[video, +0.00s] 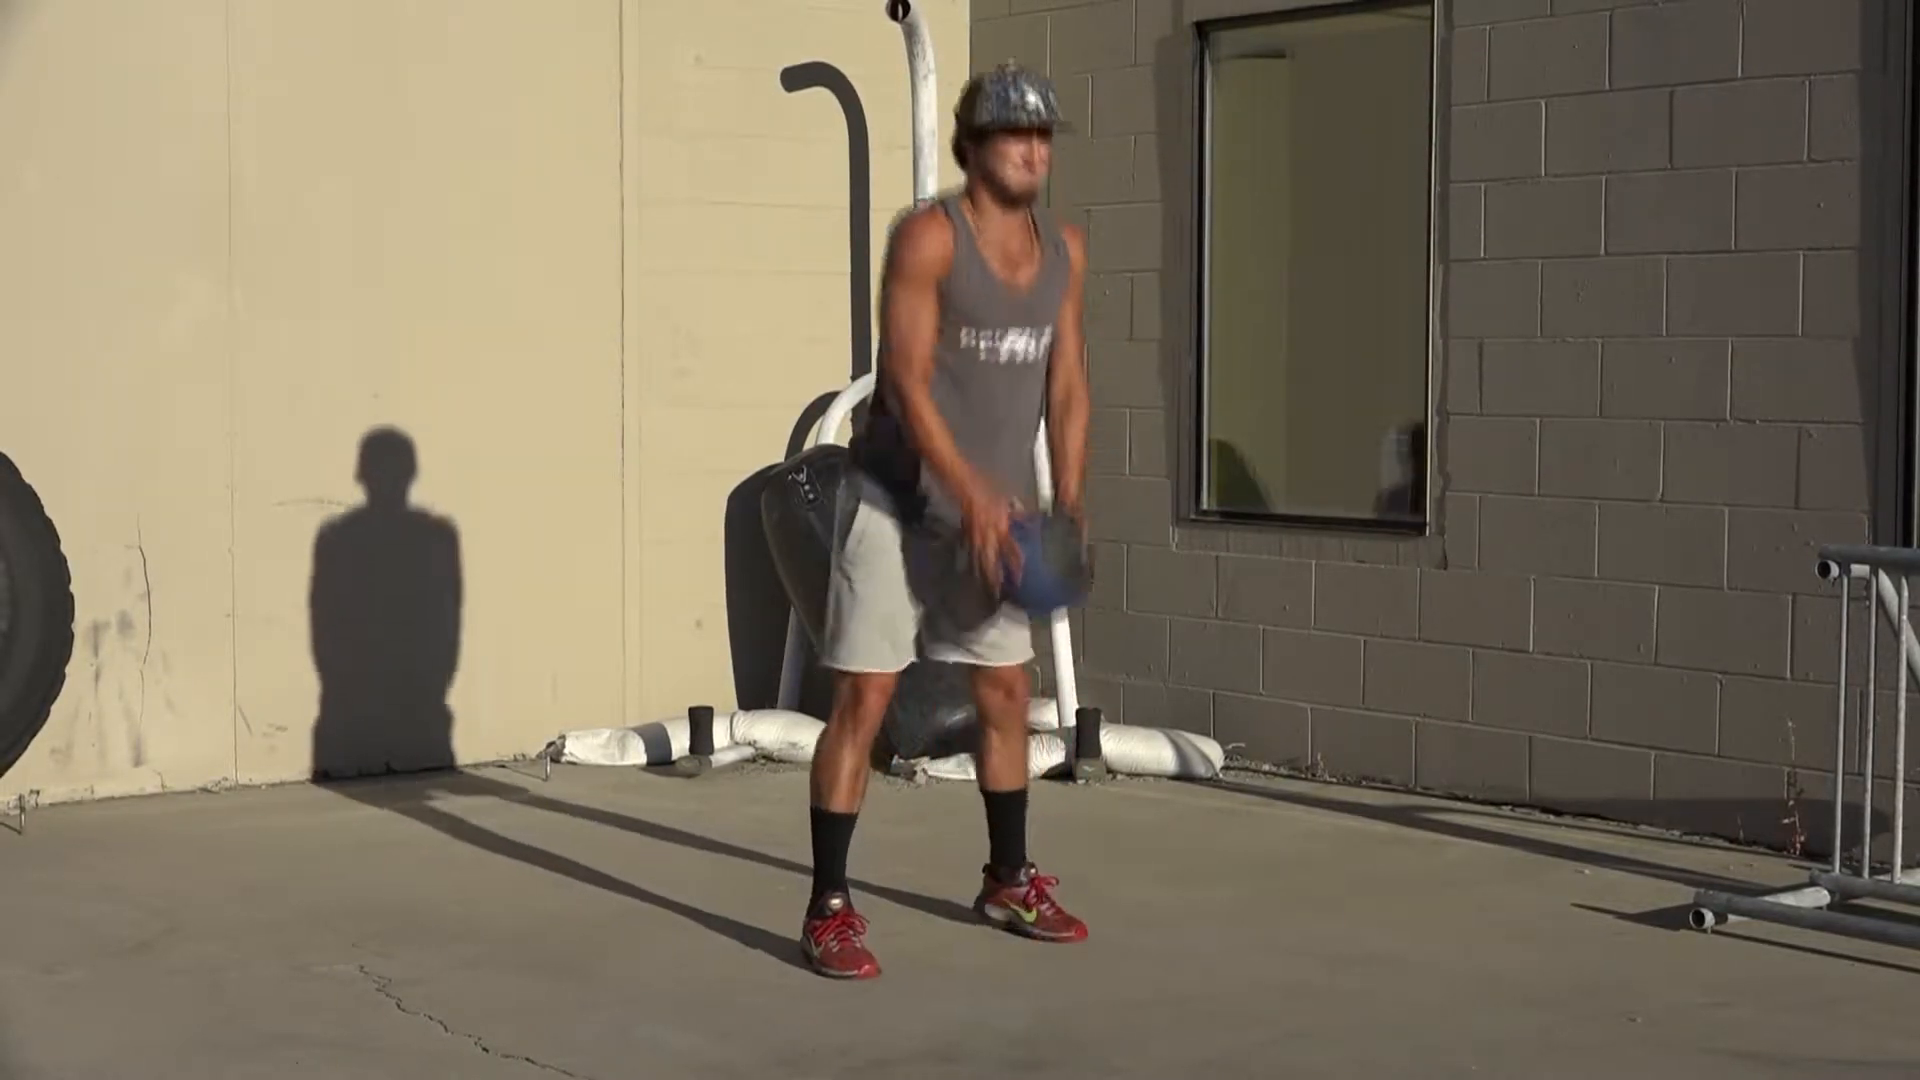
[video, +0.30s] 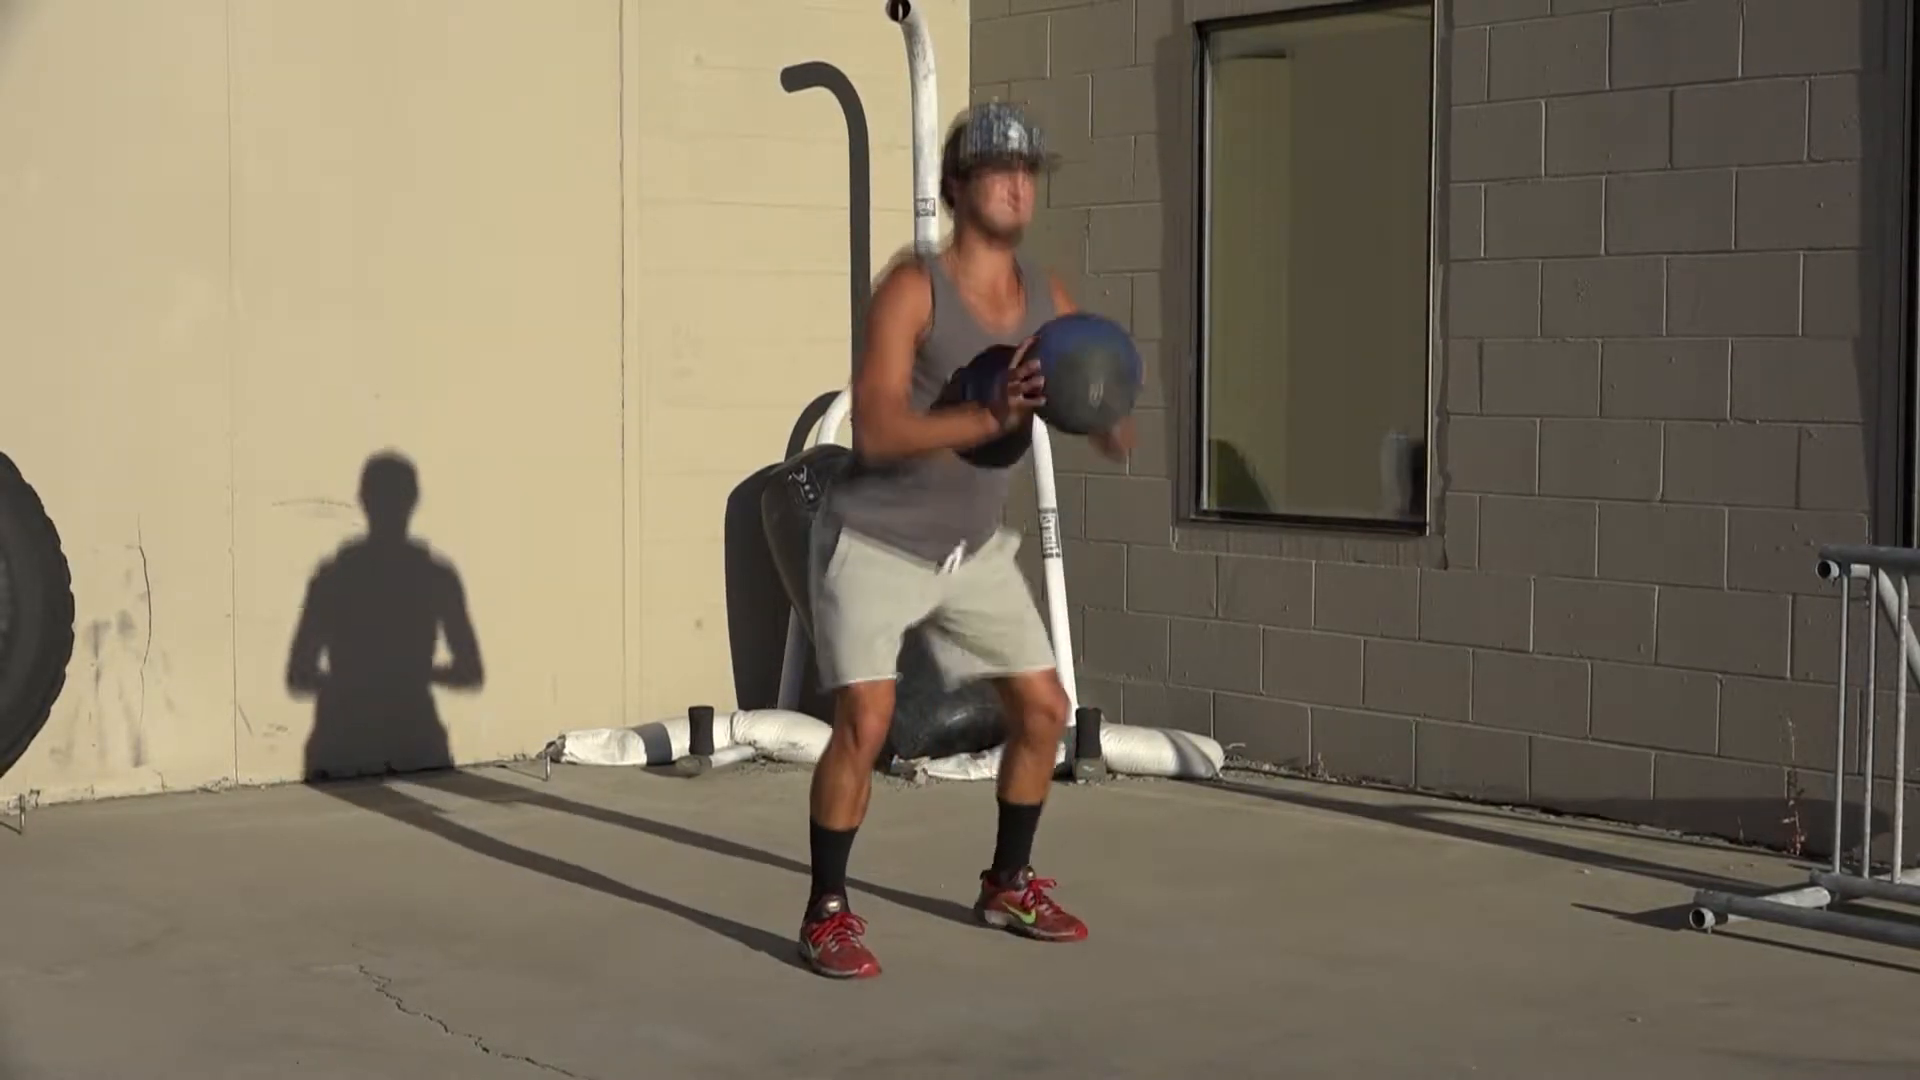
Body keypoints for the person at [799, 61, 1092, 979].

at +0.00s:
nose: (1029, 151)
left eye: (1040, 136)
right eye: (1010, 136)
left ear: (1051, 150)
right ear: (971, 147)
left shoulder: (1061, 247)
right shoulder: (927, 234)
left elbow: (1068, 383)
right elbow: (905, 383)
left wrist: (1068, 503)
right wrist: (970, 495)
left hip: (999, 503)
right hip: (901, 496)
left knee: (1006, 690)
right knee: (866, 696)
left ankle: (1010, 880)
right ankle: (829, 906)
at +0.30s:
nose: (1015, 185)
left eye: (1024, 171)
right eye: (995, 171)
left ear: (1038, 188)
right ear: (955, 187)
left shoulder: (1045, 292)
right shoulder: (910, 289)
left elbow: (1111, 438)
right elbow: (874, 435)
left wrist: (1097, 390)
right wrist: (995, 416)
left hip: (978, 546)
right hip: (876, 542)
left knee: (1043, 710)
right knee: (866, 724)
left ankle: (1010, 884)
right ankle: (826, 912)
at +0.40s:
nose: (1016, 285)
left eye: (1024, 270)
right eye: (997, 271)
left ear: (1036, 282)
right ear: (958, 283)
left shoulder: (1039, 386)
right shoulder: (913, 386)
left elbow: (1148, 527)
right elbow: (897, 527)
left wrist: (1120, 456)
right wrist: (1010, 473)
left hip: (966, 604)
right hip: (864, 597)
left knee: (1065, 721)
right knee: (866, 731)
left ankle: (1010, 884)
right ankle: (827, 912)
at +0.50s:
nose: (1015, 388)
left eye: (1023, 371)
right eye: (995, 374)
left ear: (1037, 386)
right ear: (958, 395)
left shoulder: (1041, 480)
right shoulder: (921, 491)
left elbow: (1164, 615)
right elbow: (924, 635)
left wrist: (1123, 544)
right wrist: (1019, 557)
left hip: (951, 656)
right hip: (846, 649)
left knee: (1071, 728)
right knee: (866, 736)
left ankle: (1008, 886)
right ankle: (827, 914)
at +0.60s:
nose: (1016, 463)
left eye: (1025, 448)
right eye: (997, 447)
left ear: (1037, 461)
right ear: (956, 467)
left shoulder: (1040, 550)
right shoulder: (920, 557)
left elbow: (1165, 681)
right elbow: (914, 706)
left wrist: (1106, 619)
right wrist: (1012, 635)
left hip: (941, 699)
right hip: (834, 695)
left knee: (1074, 731)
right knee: (861, 744)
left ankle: (1008, 887)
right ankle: (828, 914)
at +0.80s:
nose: (1013, 502)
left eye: (1022, 486)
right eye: (994, 487)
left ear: (1034, 496)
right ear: (952, 501)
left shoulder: (1044, 580)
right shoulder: (916, 592)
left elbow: (1169, 706)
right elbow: (907, 739)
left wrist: (1105, 654)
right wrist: (1006, 662)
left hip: (947, 739)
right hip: (842, 736)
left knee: (1082, 731)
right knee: (853, 738)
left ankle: (1008, 887)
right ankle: (828, 913)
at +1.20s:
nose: (1006, 269)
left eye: (1015, 253)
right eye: (987, 254)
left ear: (1025, 263)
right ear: (948, 264)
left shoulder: (1036, 360)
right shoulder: (911, 369)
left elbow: (1152, 492)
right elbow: (893, 515)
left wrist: (1099, 427)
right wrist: (991, 441)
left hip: (968, 580)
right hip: (868, 575)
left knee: (1055, 713)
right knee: (867, 723)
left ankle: (1008, 885)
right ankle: (825, 912)